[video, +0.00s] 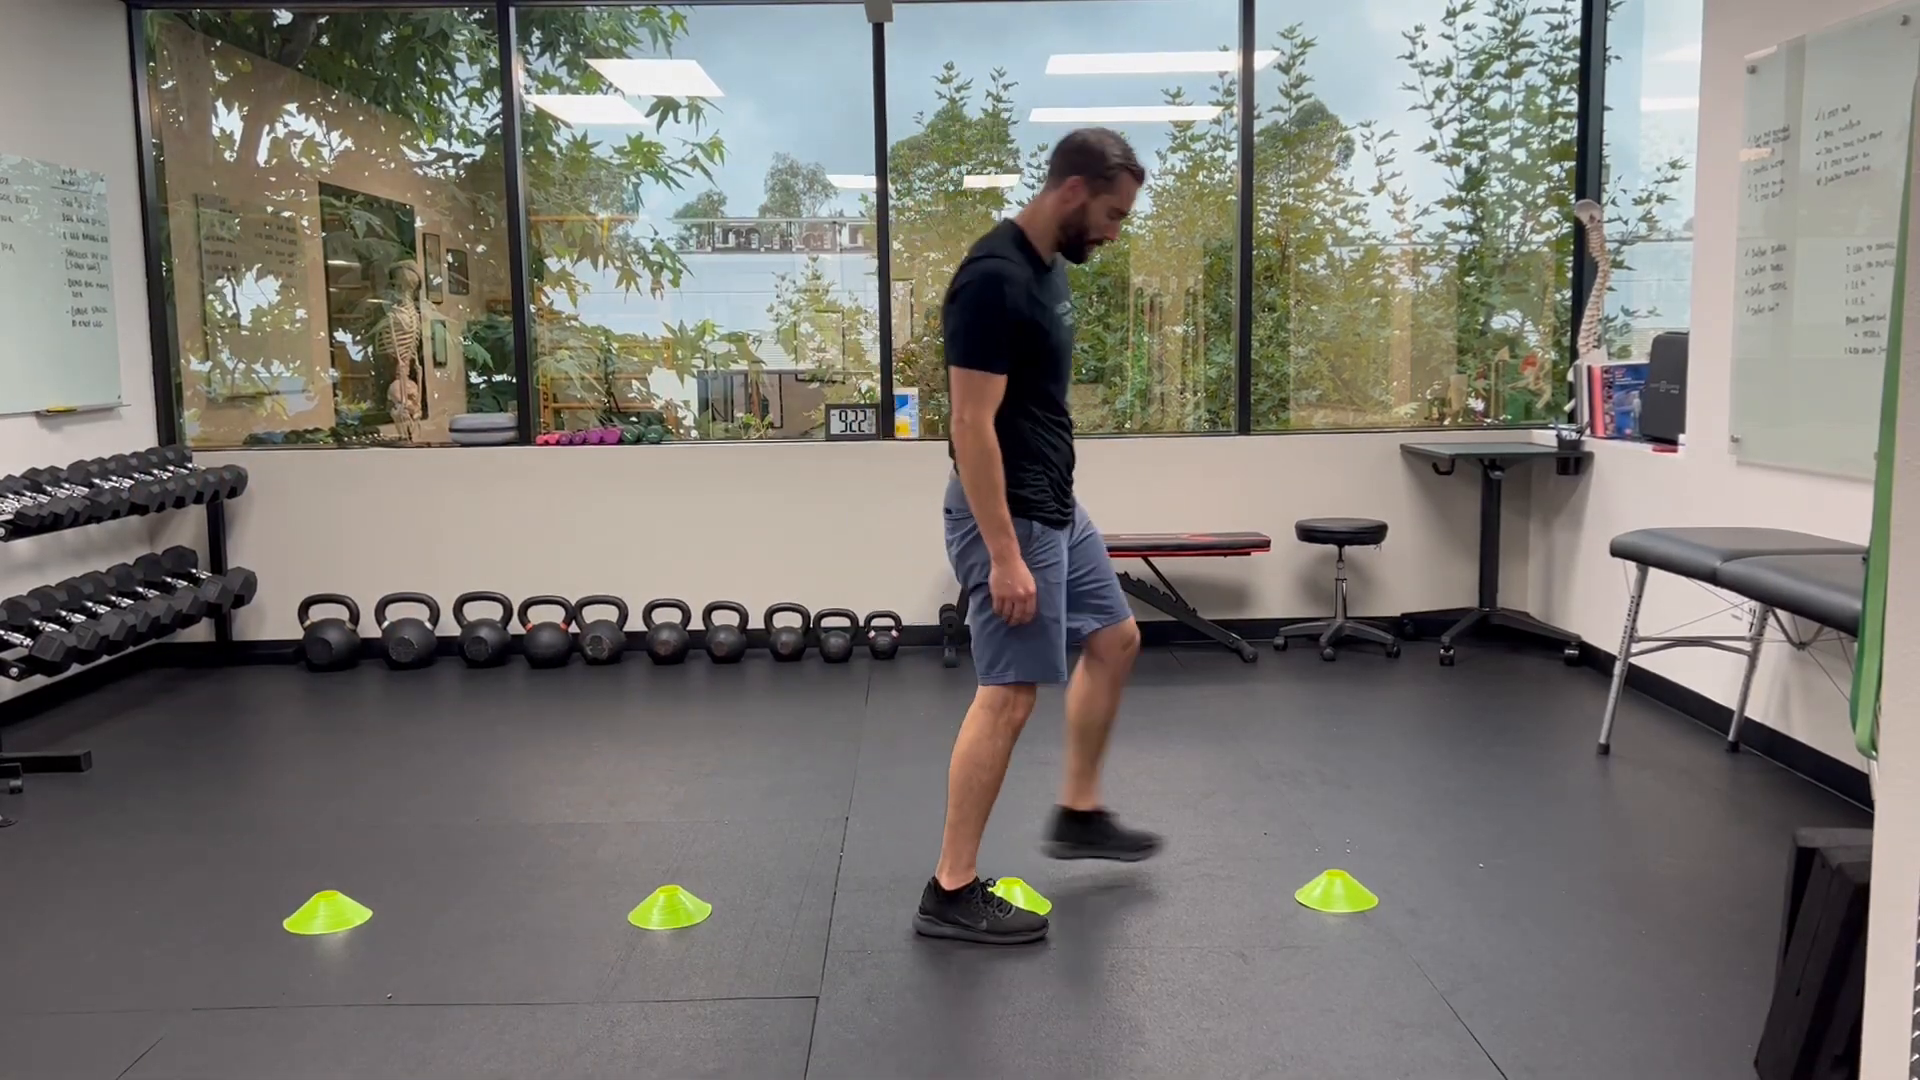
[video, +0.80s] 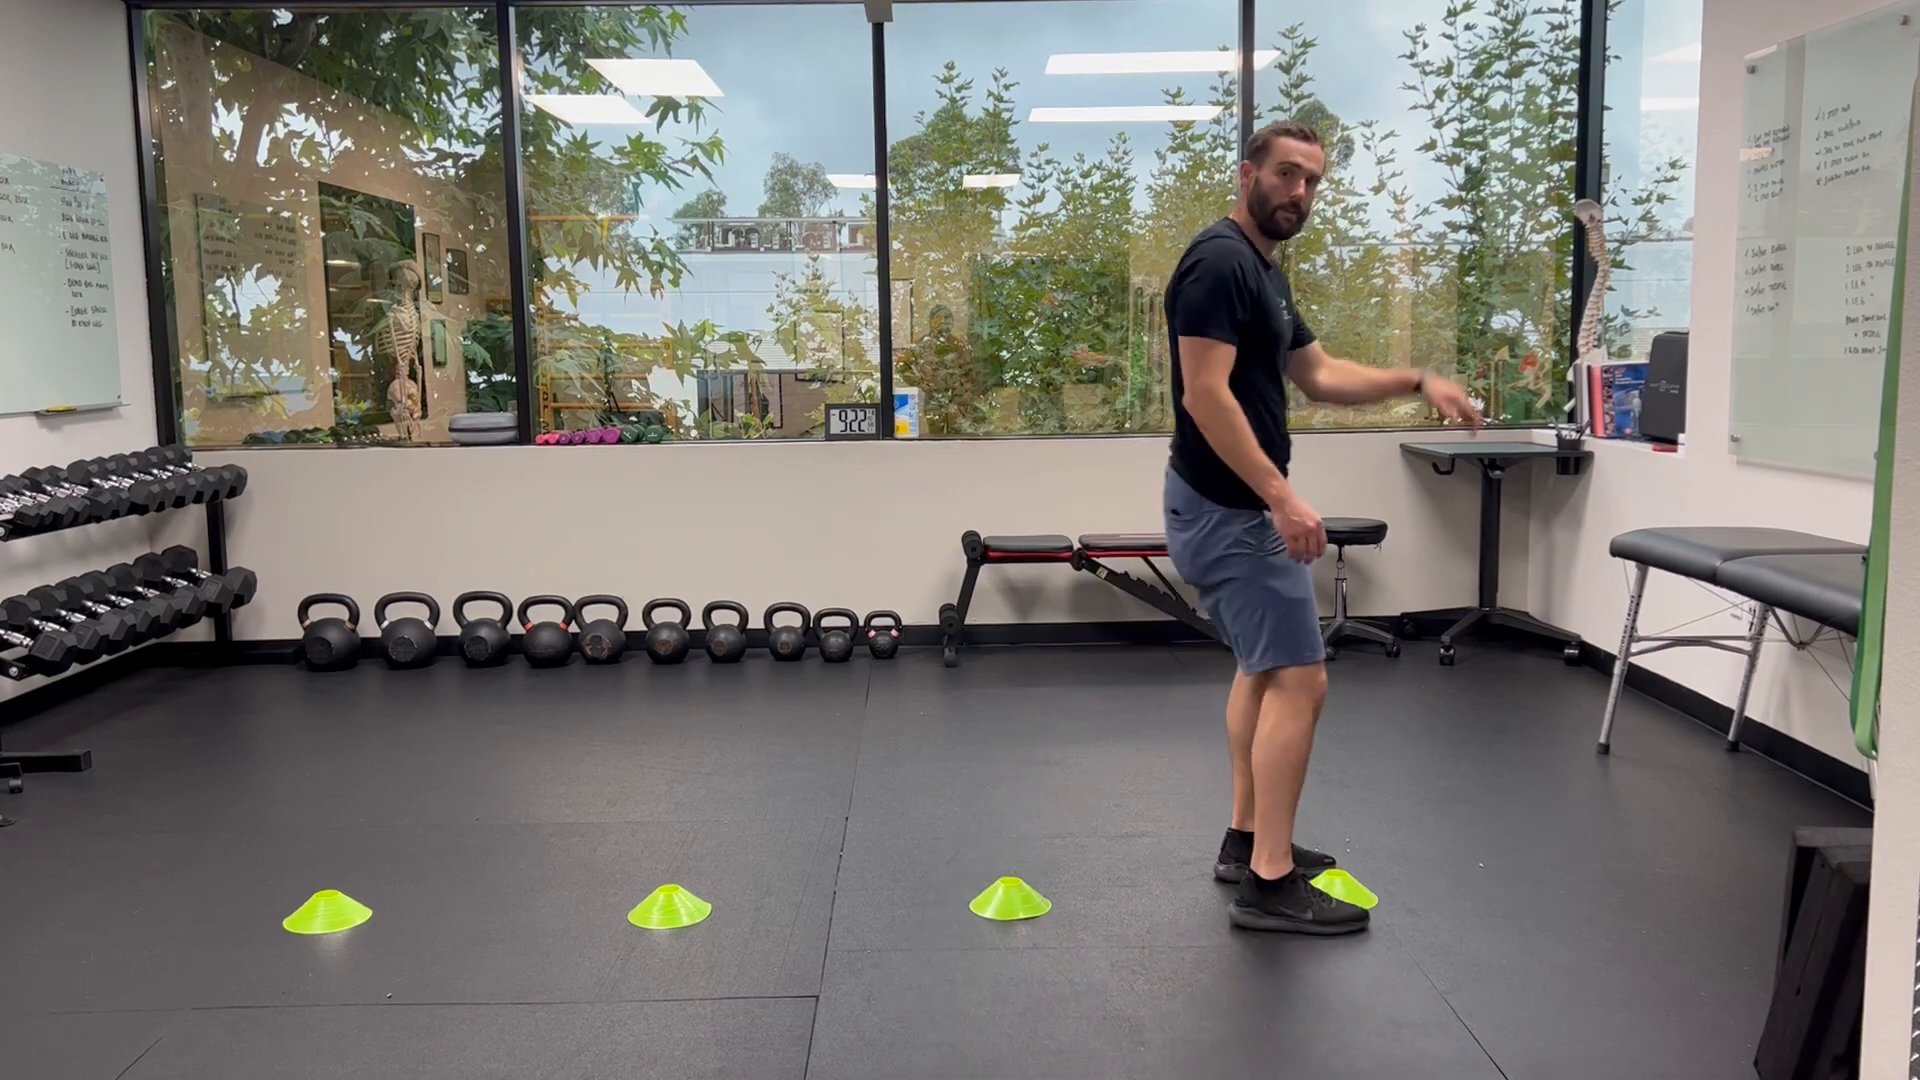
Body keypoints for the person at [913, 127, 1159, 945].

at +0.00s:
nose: (1115, 234)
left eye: (1123, 219)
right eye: (1114, 215)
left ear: (1076, 193)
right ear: (1074, 190)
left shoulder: (1039, 269)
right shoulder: (994, 277)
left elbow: (1028, 411)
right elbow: (971, 424)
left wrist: (1057, 512)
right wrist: (1003, 552)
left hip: (1055, 512)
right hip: (1007, 521)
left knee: (1113, 639)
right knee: (1007, 695)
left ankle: (1080, 812)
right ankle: (952, 886)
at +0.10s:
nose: (1152, 241)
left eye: (1159, 227)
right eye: (1153, 223)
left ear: (1116, 199)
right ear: (1113, 197)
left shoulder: (1066, 271)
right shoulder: (1037, 279)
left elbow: (1037, 414)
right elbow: (999, 421)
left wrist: (1067, 522)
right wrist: (1026, 551)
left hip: (1069, 516)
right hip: (1022, 525)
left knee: (1132, 646)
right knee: (1011, 697)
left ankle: (1176, 808)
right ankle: (952, 888)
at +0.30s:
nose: (1230, 273)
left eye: (1239, 261)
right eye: (1234, 255)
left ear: (1198, 226)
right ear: (1200, 226)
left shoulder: (1118, 282)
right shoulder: (1124, 301)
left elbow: (1046, 392)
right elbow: (1077, 432)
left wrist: (1009, 487)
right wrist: (1094, 566)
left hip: (1125, 533)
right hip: (1083, 535)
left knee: (1190, 665)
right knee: (1043, 704)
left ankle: (1244, 832)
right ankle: (955, 885)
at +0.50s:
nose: (1303, 254)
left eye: (1313, 240)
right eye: (1304, 233)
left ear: (1263, 207)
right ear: (1264, 205)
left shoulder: (1217, 277)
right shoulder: (1200, 279)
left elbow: (1180, 412)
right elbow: (1158, 407)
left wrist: (1198, 527)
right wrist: (1178, 534)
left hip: (1180, 510)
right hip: (1147, 513)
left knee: (1229, 662)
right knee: (1180, 693)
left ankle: (1249, 840)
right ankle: (1020, 831)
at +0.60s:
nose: (1312, 223)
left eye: (1321, 213)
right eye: (1306, 202)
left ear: (1275, 198)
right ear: (1260, 185)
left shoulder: (1233, 273)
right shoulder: (1212, 267)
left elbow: (1234, 407)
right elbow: (1176, 399)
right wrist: (1222, 517)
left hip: (1188, 501)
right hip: (1173, 506)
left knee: (1236, 673)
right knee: (1254, 676)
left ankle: (1248, 837)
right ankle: (1099, 806)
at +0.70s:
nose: (1306, 202)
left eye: (1319, 193)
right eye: (1296, 182)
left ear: (1319, 203)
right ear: (1253, 175)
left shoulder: (1252, 276)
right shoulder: (1217, 263)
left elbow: (1294, 394)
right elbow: (1188, 391)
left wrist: (1390, 452)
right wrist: (1258, 502)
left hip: (1216, 503)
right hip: (1203, 505)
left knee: (1247, 666)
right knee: (1299, 671)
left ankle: (1247, 834)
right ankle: (1198, 840)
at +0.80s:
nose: (1301, 192)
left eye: (1312, 182)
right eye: (1288, 173)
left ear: (1314, 195)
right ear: (1247, 173)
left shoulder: (1260, 270)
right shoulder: (1220, 260)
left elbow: (1319, 375)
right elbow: (1204, 391)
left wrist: (1420, 381)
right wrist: (1280, 497)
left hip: (1239, 506)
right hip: (1230, 510)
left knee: (1261, 667)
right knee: (1299, 680)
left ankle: (1247, 838)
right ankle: (1271, 877)